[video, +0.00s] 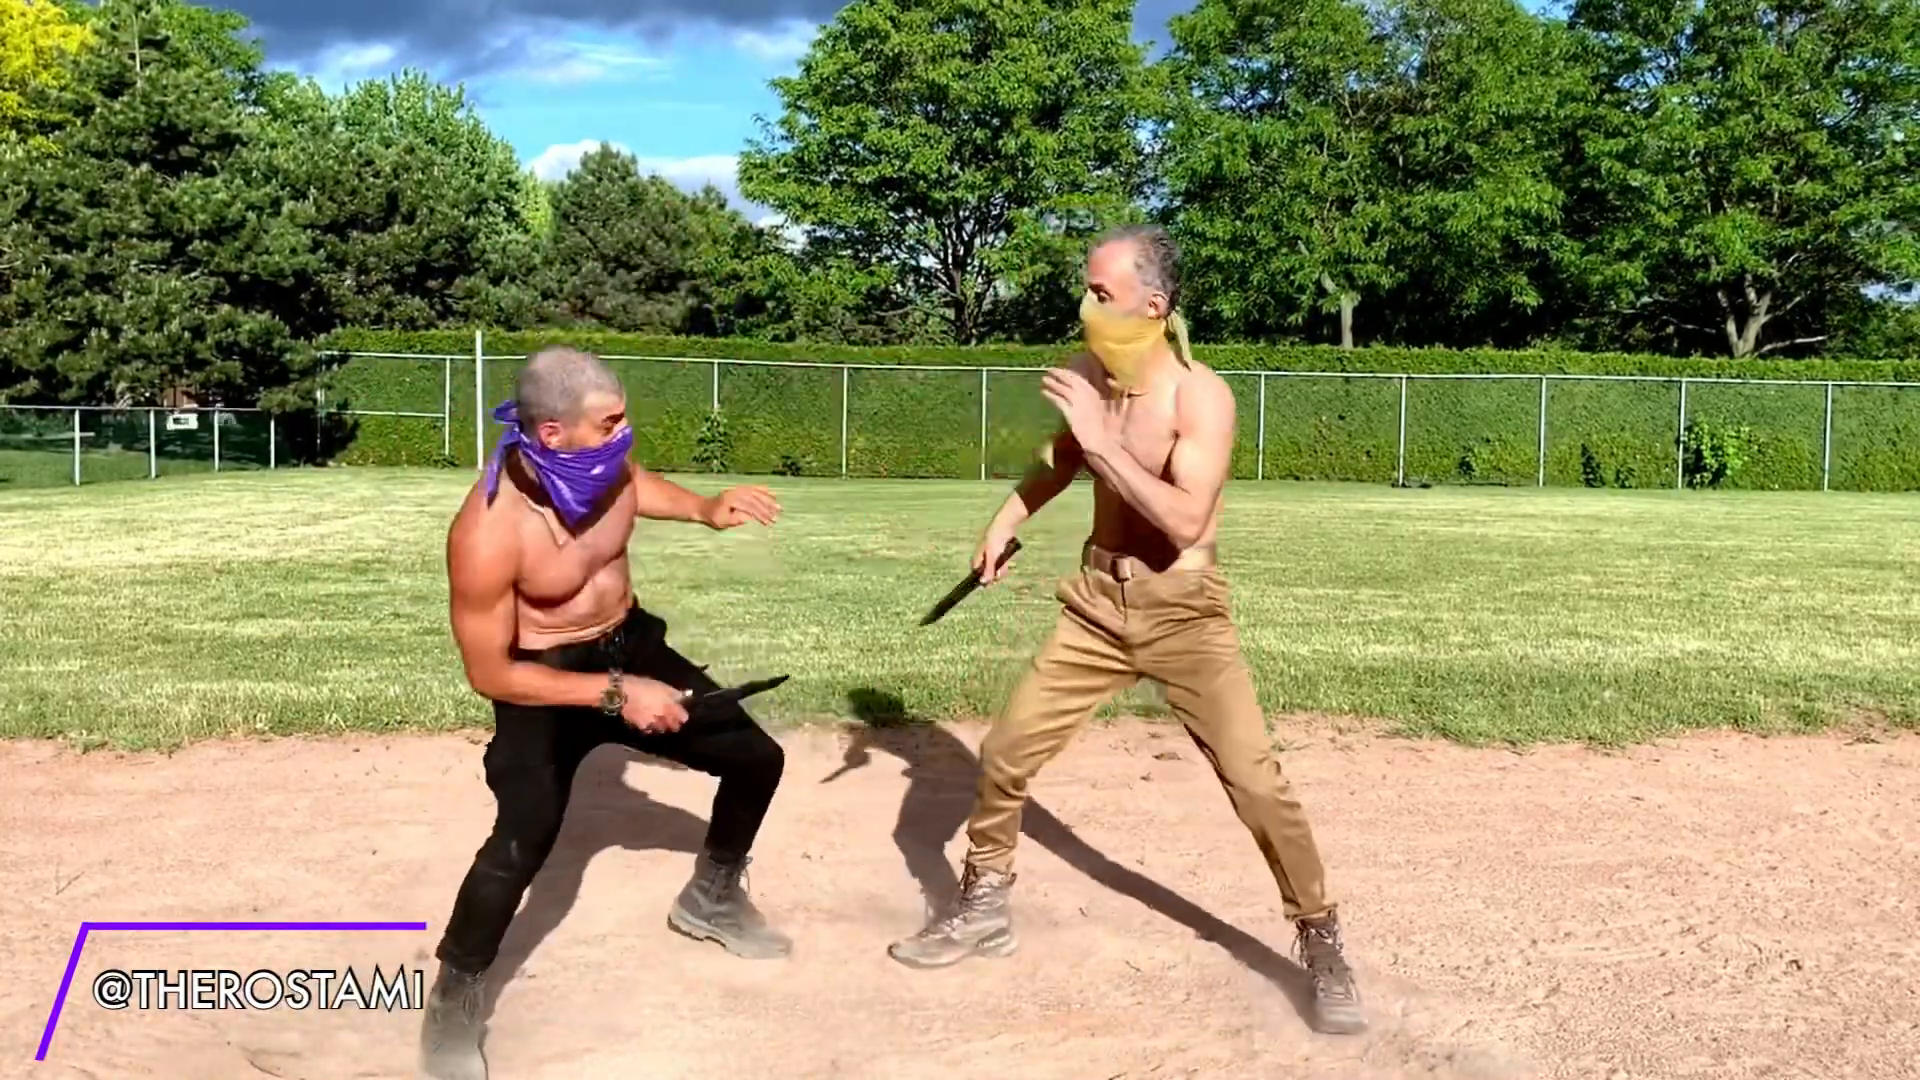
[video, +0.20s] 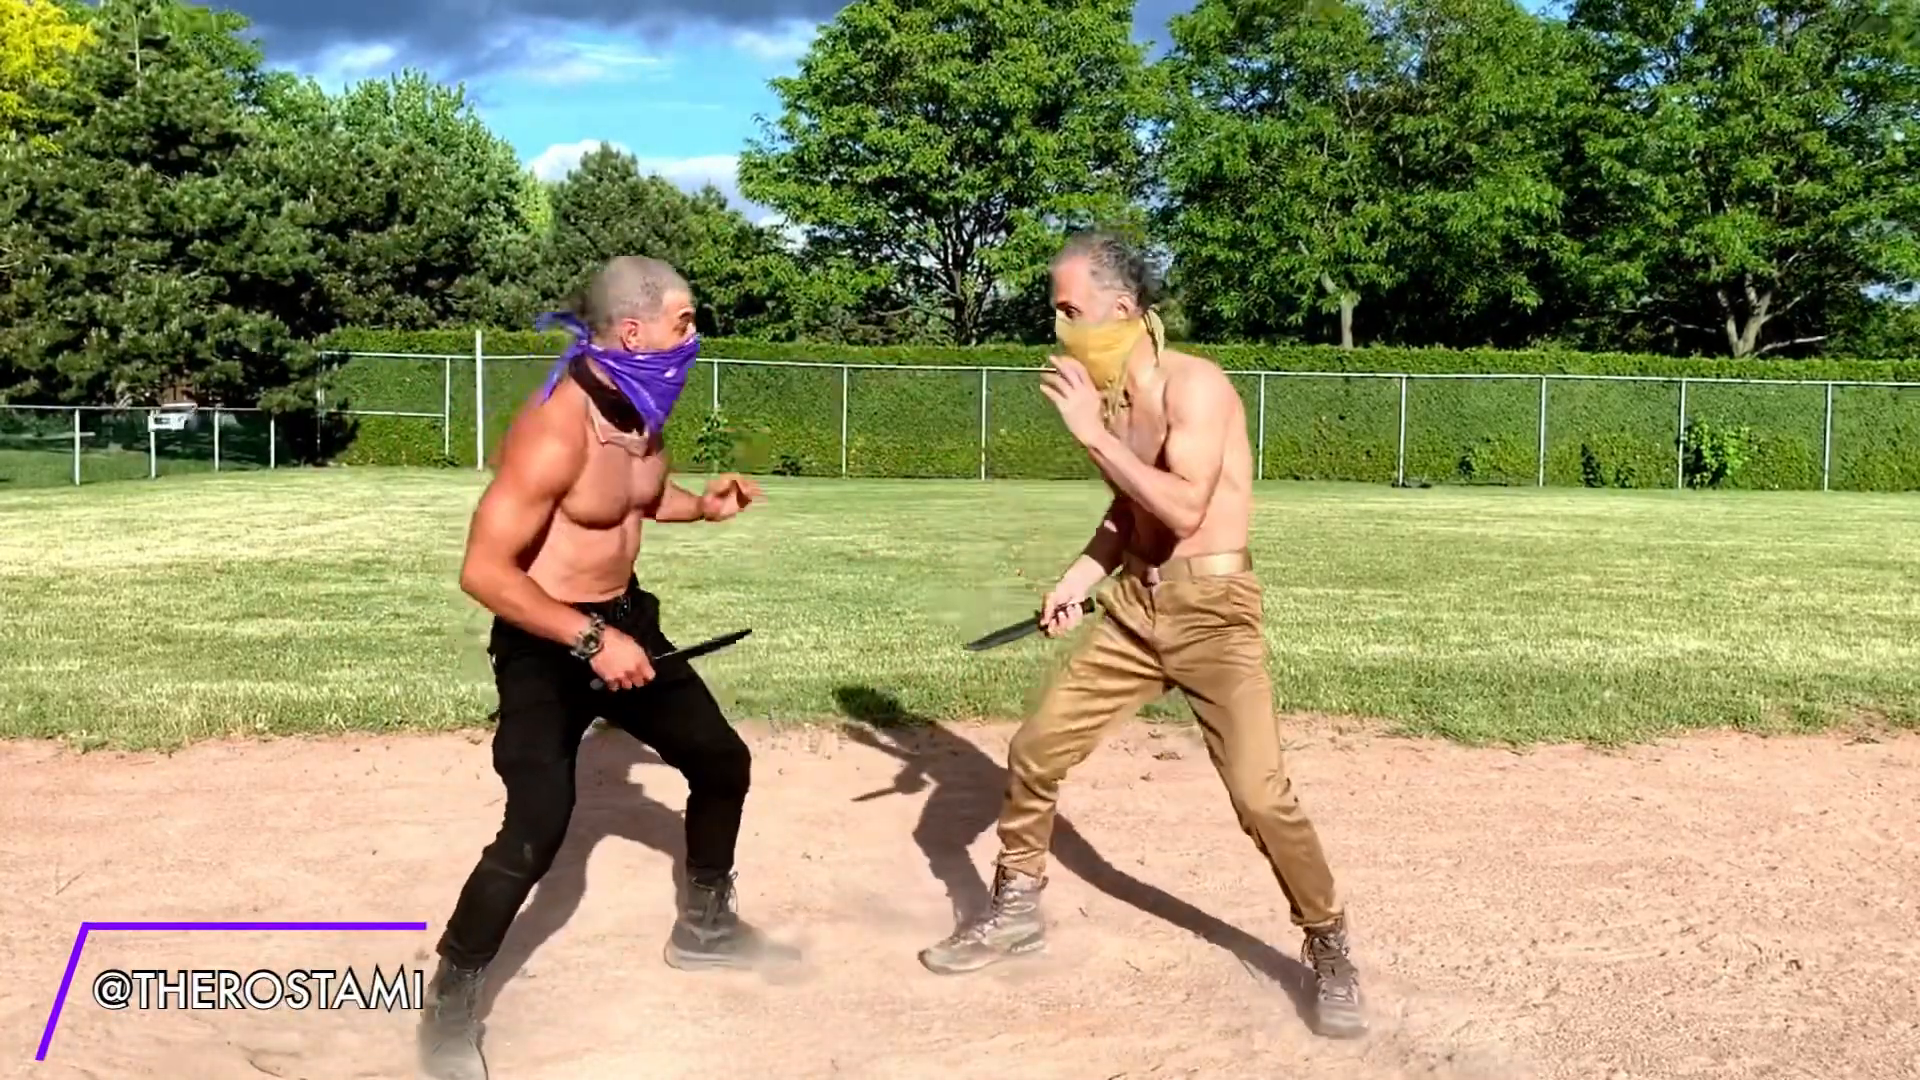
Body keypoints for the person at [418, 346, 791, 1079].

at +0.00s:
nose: (621, 438)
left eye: (622, 425)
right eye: (608, 429)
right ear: (549, 435)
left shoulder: (600, 465)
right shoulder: (488, 530)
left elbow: (628, 485)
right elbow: (489, 673)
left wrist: (704, 507)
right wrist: (616, 691)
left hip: (627, 650)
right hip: (543, 681)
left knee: (756, 761)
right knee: (523, 839)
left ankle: (713, 894)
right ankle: (455, 998)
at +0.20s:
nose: (692, 335)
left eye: (692, 322)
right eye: (682, 321)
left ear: (636, 329)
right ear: (631, 329)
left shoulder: (639, 406)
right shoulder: (556, 427)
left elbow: (633, 492)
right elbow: (484, 570)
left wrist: (701, 504)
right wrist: (593, 637)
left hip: (622, 621)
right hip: (540, 640)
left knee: (723, 765)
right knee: (535, 830)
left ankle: (707, 922)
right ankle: (451, 1001)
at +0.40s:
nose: (733, 315)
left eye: (734, 301)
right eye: (724, 299)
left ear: (678, 301)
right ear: (674, 302)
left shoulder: (666, 383)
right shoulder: (601, 388)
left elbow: (666, 467)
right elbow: (504, 513)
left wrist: (738, 423)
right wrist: (597, 588)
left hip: (631, 611)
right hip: (554, 618)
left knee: (729, 751)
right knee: (534, 817)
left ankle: (719, 915)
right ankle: (434, 998)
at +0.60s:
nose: (741, 336)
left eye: (745, 321)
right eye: (729, 320)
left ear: (714, 321)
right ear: (676, 321)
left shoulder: (725, 391)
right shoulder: (592, 395)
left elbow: (773, 465)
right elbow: (531, 524)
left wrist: (863, 501)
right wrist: (652, 542)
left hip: (660, 609)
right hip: (572, 612)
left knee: (751, 758)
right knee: (570, 794)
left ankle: (721, 919)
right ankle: (495, 988)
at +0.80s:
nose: (713, 325)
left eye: (716, 310)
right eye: (703, 308)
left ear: (668, 309)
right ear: (653, 307)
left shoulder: (688, 387)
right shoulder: (574, 391)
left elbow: (752, 445)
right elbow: (571, 534)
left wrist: (822, 378)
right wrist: (684, 489)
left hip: (654, 614)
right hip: (579, 618)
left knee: (744, 756)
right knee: (592, 813)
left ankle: (731, 915)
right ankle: (495, 992)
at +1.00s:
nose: (621, 320)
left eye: (622, 308)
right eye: (612, 304)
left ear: (564, 302)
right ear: (565, 297)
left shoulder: (578, 384)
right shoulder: (540, 351)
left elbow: (686, 406)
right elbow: (679, 366)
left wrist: (658, 303)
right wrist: (771, 296)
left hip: (647, 608)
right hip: (582, 617)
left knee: (721, 762)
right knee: (595, 834)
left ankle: (728, 915)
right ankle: (491, 1001)